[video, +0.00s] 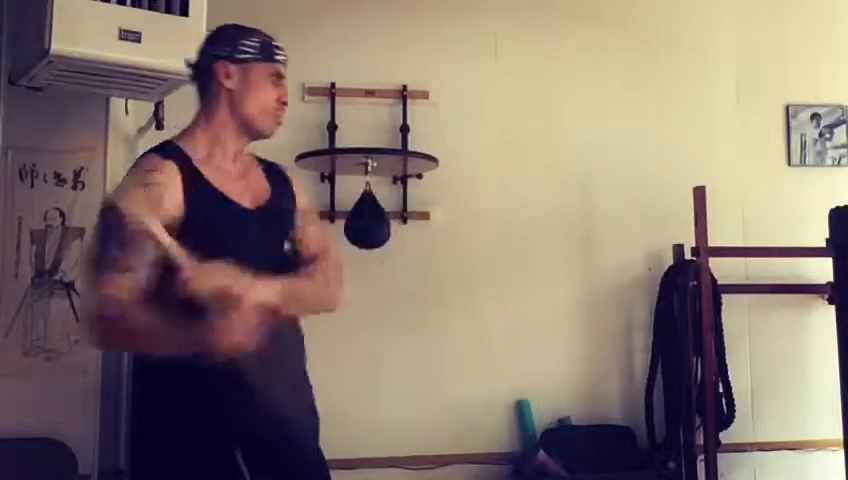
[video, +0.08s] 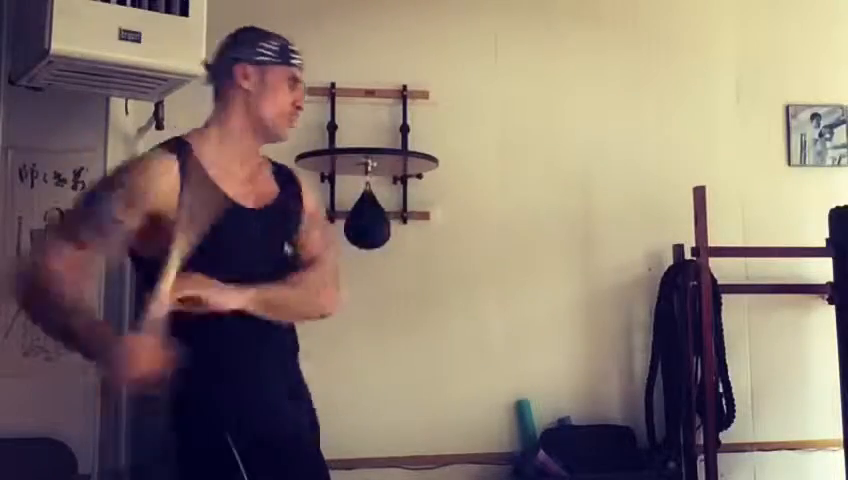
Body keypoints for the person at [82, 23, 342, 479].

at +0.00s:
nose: (285, 97)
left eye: (284, 83)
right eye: (274, 79)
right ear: (226, 75)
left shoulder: (284, 184)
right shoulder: (158, 178)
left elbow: (329, 289)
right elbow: (110, 317)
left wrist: (241, 285)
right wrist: (203, 335)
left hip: (282, 430)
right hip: (186, 436)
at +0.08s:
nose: (302, 99)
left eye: (301, 86)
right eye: (292, 82)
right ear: (244, 77)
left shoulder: (296, 189)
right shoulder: (162, 173)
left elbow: (324, 293)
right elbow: (51, 272)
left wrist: (238, 297)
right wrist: (110, 347)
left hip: (281, 412)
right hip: (189, 415)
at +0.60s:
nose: (290, 104)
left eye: (290, 90)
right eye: (284, 86)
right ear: (241, 74)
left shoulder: (135, 174)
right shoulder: (273, 140)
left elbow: (199, 277)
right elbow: (368, 168)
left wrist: (303, 263)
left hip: (162, 407)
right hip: (256, 409)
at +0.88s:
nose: (270, 87)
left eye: (268, 73)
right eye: (258, 69)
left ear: (212, 69)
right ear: (209, 66)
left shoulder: (143, 166)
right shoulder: (225, 166)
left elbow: (239, 283)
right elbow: (336, 267)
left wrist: (351, 229)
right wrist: (406, 213)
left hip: (169, 423)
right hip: (253, 430)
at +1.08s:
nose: (252, 85)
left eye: (250, 70)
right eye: (239, 66)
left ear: (191, 70)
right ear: (190, 66)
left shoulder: (173, 166)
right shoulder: (178, 173)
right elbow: (305, 263)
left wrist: (322, 219)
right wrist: (385, 186)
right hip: (236, 433)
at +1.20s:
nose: (257, 91)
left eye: (255, 76)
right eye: (244, 73)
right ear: (196, 71)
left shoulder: (248, 175)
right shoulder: (149, 180)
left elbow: (319, 281)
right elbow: (211, 317)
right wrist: (293, 246)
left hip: (276, 431)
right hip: (194, 438)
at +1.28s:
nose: (279, 97)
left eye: (277, 83)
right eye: (268, 80)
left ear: (224, 76)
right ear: (220, 74)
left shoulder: (273, 183)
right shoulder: (151, 176)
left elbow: (320, 288)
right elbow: (93, 308)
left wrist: (258, 283)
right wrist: (194, 344)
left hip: (274, 429)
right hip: (181, 434)